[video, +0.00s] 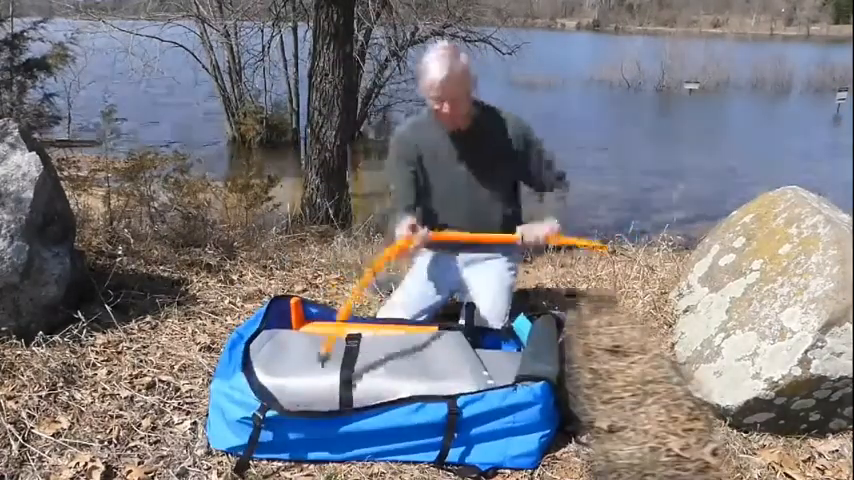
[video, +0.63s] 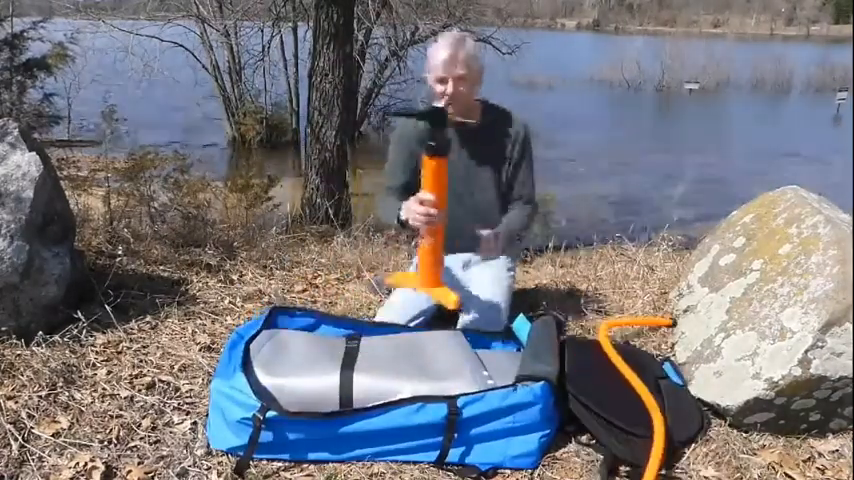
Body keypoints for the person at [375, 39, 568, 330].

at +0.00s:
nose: (445, 110)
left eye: (453, 100)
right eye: (437, 101)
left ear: (472, 89)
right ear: (425, 95)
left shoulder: (507, 131)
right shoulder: (410, 137)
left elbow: (554, 185)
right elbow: (402, 209)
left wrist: (548, 222)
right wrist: (407, 229)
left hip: (492, 259)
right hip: (435, 257)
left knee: (487, 336)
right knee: (387, 330)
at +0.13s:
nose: (474, 107)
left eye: (480, 97)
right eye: (463, 98)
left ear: (487, 88)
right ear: (438, 87)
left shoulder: (508, 127)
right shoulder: (413, 134)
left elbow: (546, 184)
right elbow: (412, 199)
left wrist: (570, 228)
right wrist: (444, 215)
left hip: (495, 254)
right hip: (438, 252)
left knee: (485, 336)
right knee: (388, 326)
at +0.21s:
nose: (478, 113)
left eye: (483, 102)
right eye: (466, 104)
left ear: (489, 91)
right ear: (438, 91)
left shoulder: (509, 130)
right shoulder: (414, 135)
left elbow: (546, 189)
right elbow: (414, 219)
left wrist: (579, 237)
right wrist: (465, 231)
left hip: (494, 258)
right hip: (437, 257)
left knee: (484, 344)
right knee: (385, 331)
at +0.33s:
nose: (455, 137)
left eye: (465, 128)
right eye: (448, 127)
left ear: (485, 111)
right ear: (434, 111)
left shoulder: (515, 146)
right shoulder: (413, 143)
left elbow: (565, 209)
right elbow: (372, 215)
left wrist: (597, 279)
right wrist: (368, 288)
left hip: (493, 262)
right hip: (435, 259)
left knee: (486, 340)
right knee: (392, 332)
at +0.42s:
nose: (443, 140)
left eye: (452, 132)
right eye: (435, 131)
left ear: (479, 114)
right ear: (424, 114)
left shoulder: (516, 145)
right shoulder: (411, 144)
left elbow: (545, 216)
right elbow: (370, 220)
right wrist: (370, 297)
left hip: (493, 260)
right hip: (434, 260)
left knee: (484, 336)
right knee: (389, 335)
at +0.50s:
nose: (435, 131)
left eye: (442, 122)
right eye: (427, 121)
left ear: (468, 108)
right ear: (420, 111)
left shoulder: (513, 142)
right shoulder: (410, 142)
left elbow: (527, 218)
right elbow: (364, 216)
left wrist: (509, 267)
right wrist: (376, 266)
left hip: (489, 264)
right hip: (433, 262)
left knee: (481, 331)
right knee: (393, 320)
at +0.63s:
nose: (449, 90)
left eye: (459, 80)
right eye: (441, 81)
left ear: (478, 79)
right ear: (427, 81)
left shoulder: (510, 131)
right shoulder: (413, 130)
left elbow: (523, 203)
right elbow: (388, 200)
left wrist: (503, 234)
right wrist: (403, 211)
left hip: (488, 260)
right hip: (430, 260)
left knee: (482, 329)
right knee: (385, 331)